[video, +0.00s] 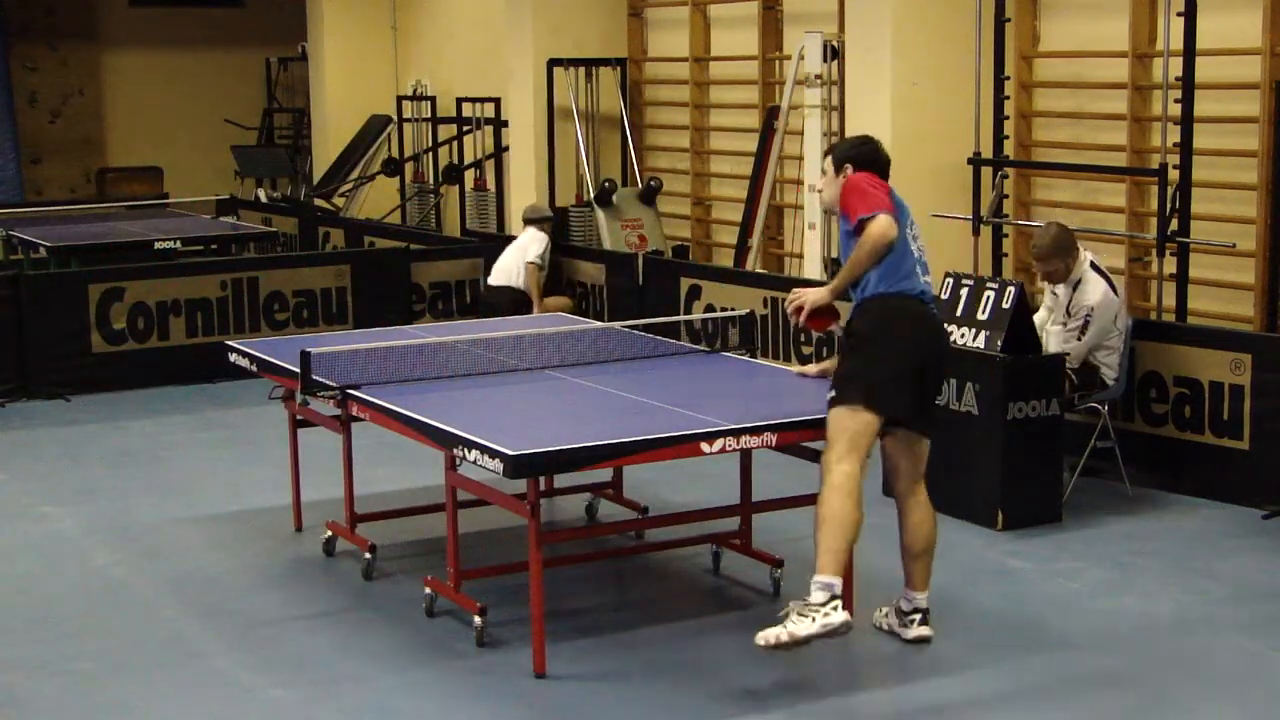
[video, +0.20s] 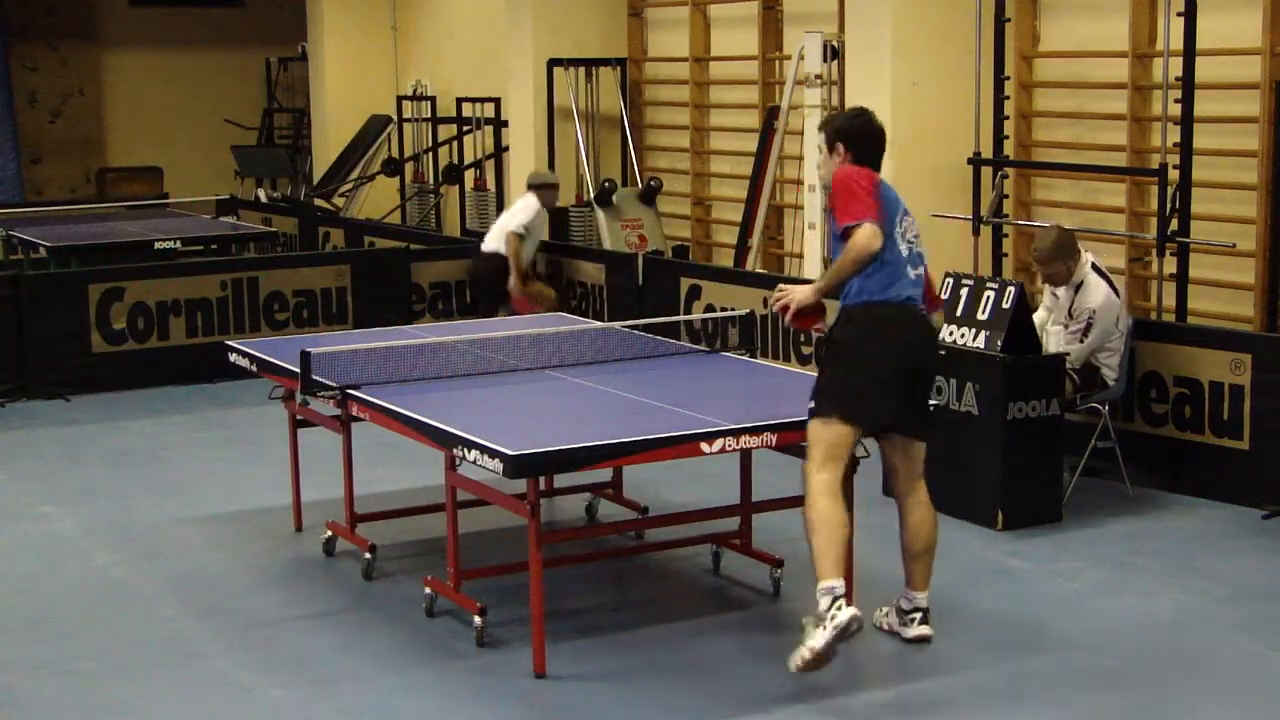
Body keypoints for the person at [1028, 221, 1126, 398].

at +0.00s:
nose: (1042, 278)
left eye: (1050, 272)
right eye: (1039, 271)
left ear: (1070, 262)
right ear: (1036, 259)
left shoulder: (1093, 299)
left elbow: (1068, 359)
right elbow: (1045, 314)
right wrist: (1015, 340)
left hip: (1096, 374)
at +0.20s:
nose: (1043, 280)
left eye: (1051, 274)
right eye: (1040, 273)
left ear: (1071, 265)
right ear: (1037, 262)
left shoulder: (1096, 300)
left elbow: (1071, 360)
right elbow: (1045, 312)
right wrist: (1018, 340)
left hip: (1097, 372)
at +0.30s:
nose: (1047, 281)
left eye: (1054, 274)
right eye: (1044, 273)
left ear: (1074, 264)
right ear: (1041, 262)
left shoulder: (1098, 300)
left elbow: (1070, 360)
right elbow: (1044, 311)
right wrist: (1016, 342)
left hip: (1097, 371)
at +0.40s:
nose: (1049, 278)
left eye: (1056, 272)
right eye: (1046, 271)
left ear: (1076, 262)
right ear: (1042, 261)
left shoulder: (1099, 298)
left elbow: (1071, 359)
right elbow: (1042, 312)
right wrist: (1017, 344)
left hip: (1096, 370)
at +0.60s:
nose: (1049, 275)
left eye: (1057, 269)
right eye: (1046, 267)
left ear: (1077, 258)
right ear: (1042, 257)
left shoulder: (1101, 295)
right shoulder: (1049, 268)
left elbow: (1072, 358)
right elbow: (1040, 313)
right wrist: (1017, 346)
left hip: (1095, 370)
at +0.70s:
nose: (1048, 275)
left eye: (1055, 269)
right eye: (1045, 267)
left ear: (1076, 258)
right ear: (1040, 257)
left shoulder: (1099, 295)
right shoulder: (1048, 269)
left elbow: (1070, 358)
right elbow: (1039, 315)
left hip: (1094, 370)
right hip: (1053, 358)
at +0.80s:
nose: (1045, 277)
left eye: (1052, 270)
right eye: (1042, 269)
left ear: (1072, 260)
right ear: (1039, 259)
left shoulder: (1096, 296)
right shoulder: (1050, 272)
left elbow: (1071, 357)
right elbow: (1036, 318)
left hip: (1096, 370)